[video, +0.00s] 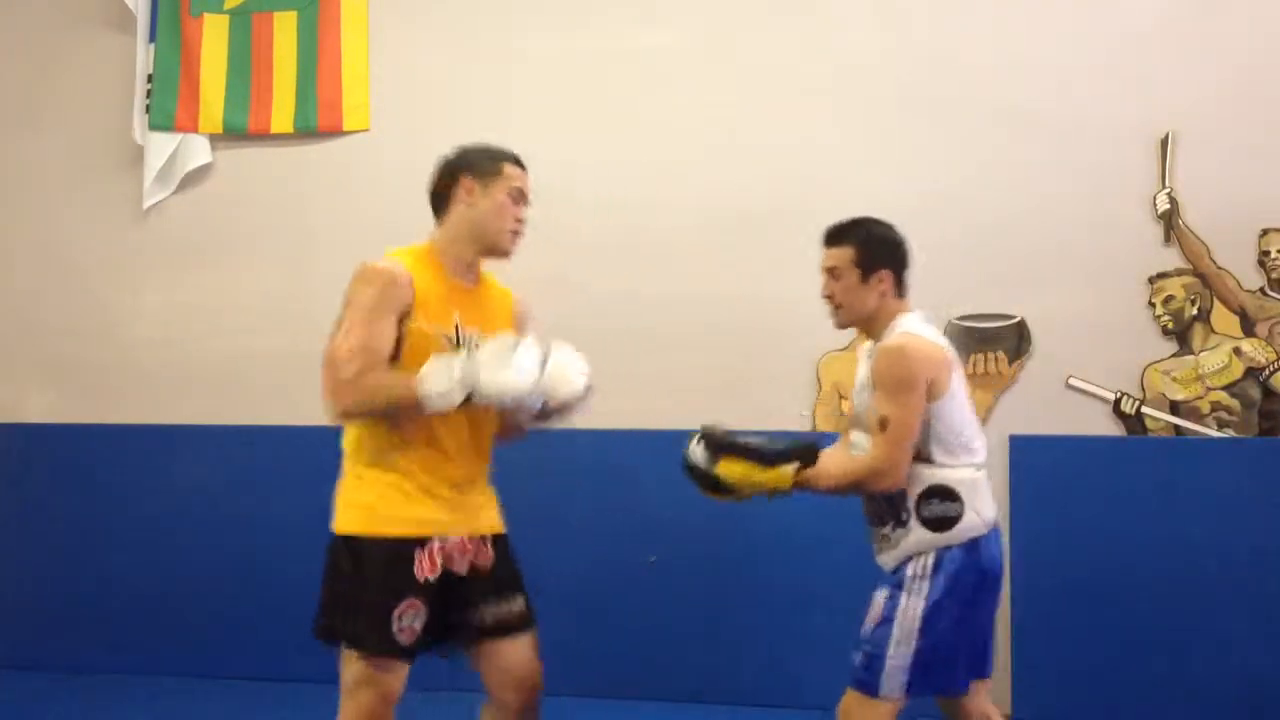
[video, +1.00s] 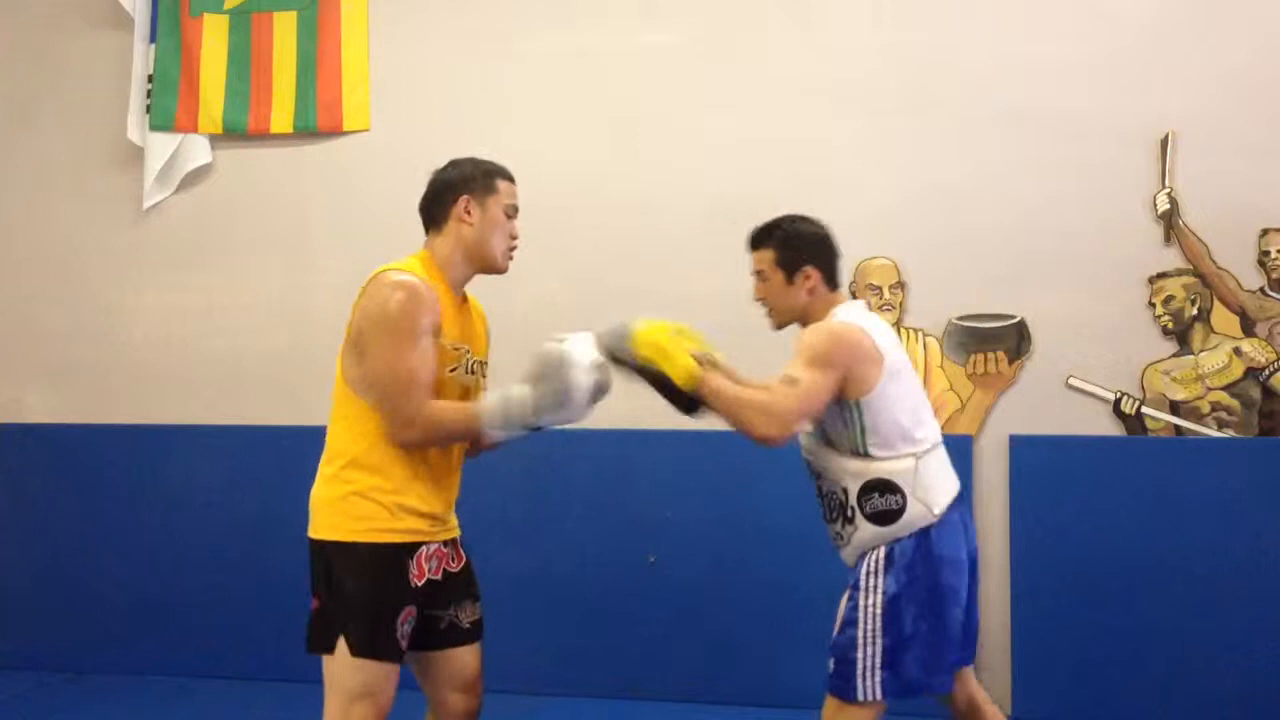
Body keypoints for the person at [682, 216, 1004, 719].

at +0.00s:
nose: (824, 289)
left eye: (836, 275)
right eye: (825, 275)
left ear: (881, 282)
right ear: (878, 286)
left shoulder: (905, 350)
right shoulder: (888, 344)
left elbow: (888, 471)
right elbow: (858, 449)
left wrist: (796, 478)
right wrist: (787, 468)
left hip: (938, 552)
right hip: (959, 546)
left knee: (863, 709)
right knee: (966, 700)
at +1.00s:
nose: (755, 291)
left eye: (763, 277)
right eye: (755, 277)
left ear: (808, 280)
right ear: (810, 281)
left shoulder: (835, 337)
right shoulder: (854, 326)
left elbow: (773, 424)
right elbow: (781, 404)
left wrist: (696, 377)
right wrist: (714, 372)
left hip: (903, 543)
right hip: (934, 531)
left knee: (850, 702)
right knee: (956, 687)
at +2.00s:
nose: (752, 287)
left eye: (763, 272)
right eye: (753, 272)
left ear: (810, 280)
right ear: (813, 281)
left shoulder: (820, 345)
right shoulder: (872, 321)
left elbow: (757, 420)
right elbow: (914, 420)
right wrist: (845, 490)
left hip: (905, 548)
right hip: (960, 527)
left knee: (856, 707)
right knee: (981, 688)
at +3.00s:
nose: (819, 285)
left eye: (831, 269)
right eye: (819, 270)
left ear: (878, 276)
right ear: (874, 280)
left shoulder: (901, 342)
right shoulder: (896, 338)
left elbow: (958, 432)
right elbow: (903, 435)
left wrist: (872, 488)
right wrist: (825, 438)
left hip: (919, 555)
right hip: (964, 545)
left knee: (853, 707)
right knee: (978, 698)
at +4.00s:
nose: (801, 300)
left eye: (811, 284)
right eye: (798, 286)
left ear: (859, 285)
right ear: (859, 289)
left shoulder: (881, 348)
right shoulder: (894, 337)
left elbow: (947, 436)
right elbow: (897, 442)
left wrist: (855, 492)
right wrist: (813, 434)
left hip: (915, 556)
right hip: (961, 545)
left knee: (831, 709)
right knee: (970, 699)